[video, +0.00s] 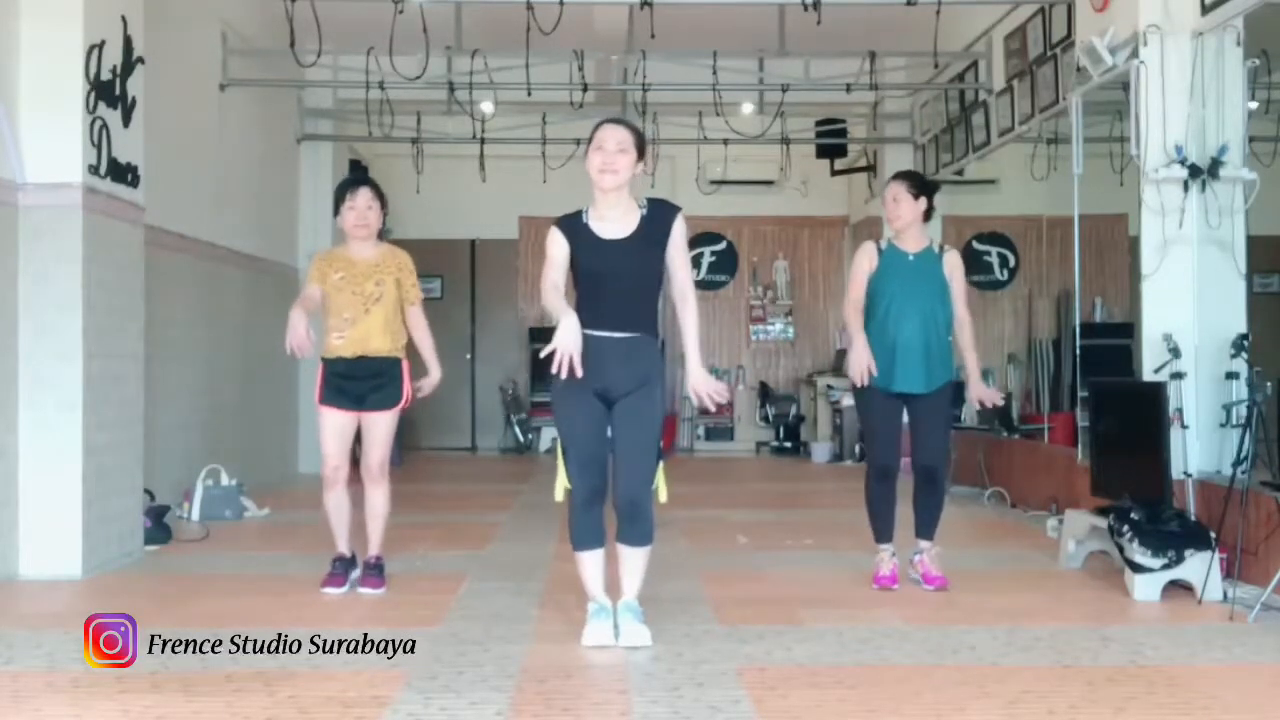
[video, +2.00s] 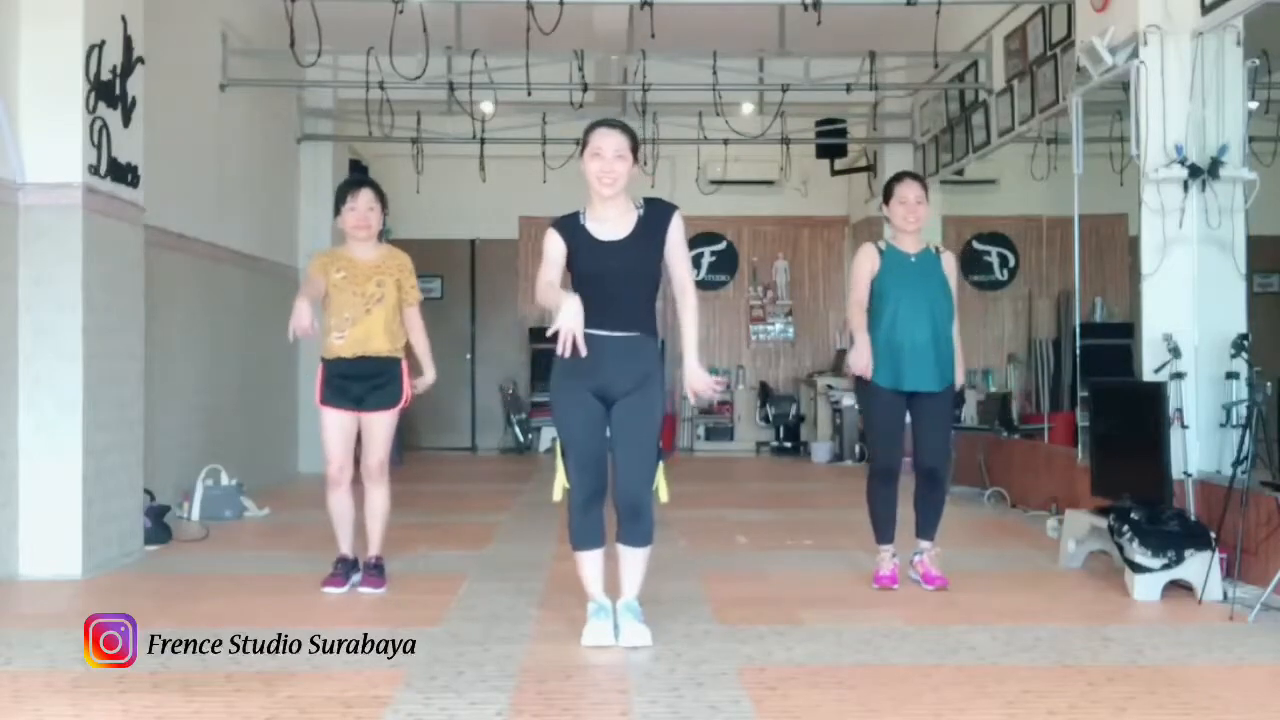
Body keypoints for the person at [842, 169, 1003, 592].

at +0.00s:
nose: (888, 207)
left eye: (898, 199)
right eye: (886, 200)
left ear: (923, 206)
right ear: (885, 206)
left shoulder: (948, 259)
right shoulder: (870, 254)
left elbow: (962, 321)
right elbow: (852, 306)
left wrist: (974, 379)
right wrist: (857, 343)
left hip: (934, 380)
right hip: (879, 378)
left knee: (932, 466)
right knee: (882, 465)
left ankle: (924, 552)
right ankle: (885, 553)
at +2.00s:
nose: (912, 209)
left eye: (919, 202)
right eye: (903, 202)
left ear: (929, 208)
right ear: (887, 209)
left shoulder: (945, 261)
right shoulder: (871, 255)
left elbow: (951, 320)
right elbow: (856, 306)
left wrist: (958, 365)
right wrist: (860, 344)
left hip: (935, 378)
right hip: (883, 376)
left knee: (934, 466)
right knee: (884, 464)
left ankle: (924, 553)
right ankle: (885, 554)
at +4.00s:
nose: (903, 212)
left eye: (912, 203)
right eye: (896, 204)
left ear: (929, 208)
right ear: (888, 210)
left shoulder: (951, 260)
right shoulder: (874, 256)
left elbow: (967, 319)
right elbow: (860, 316)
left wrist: (983, 369)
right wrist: (876, 362)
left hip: (939, 383)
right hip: (888, 381)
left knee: (931, 468)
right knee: (887, 466)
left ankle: (922, 554)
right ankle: (887, 553)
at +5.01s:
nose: (890, 214)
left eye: (898, 207)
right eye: (882, 207)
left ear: (912, 211)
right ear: (873, 212)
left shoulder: (934, 262)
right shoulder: (856, 259)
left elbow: (949, 322)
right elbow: (835, 316)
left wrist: (957, 380)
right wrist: (849, 357)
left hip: (921, 383)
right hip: (868, 382)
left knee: (918, 467)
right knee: (878, 465)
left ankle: (907, 542)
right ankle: (886, 554)